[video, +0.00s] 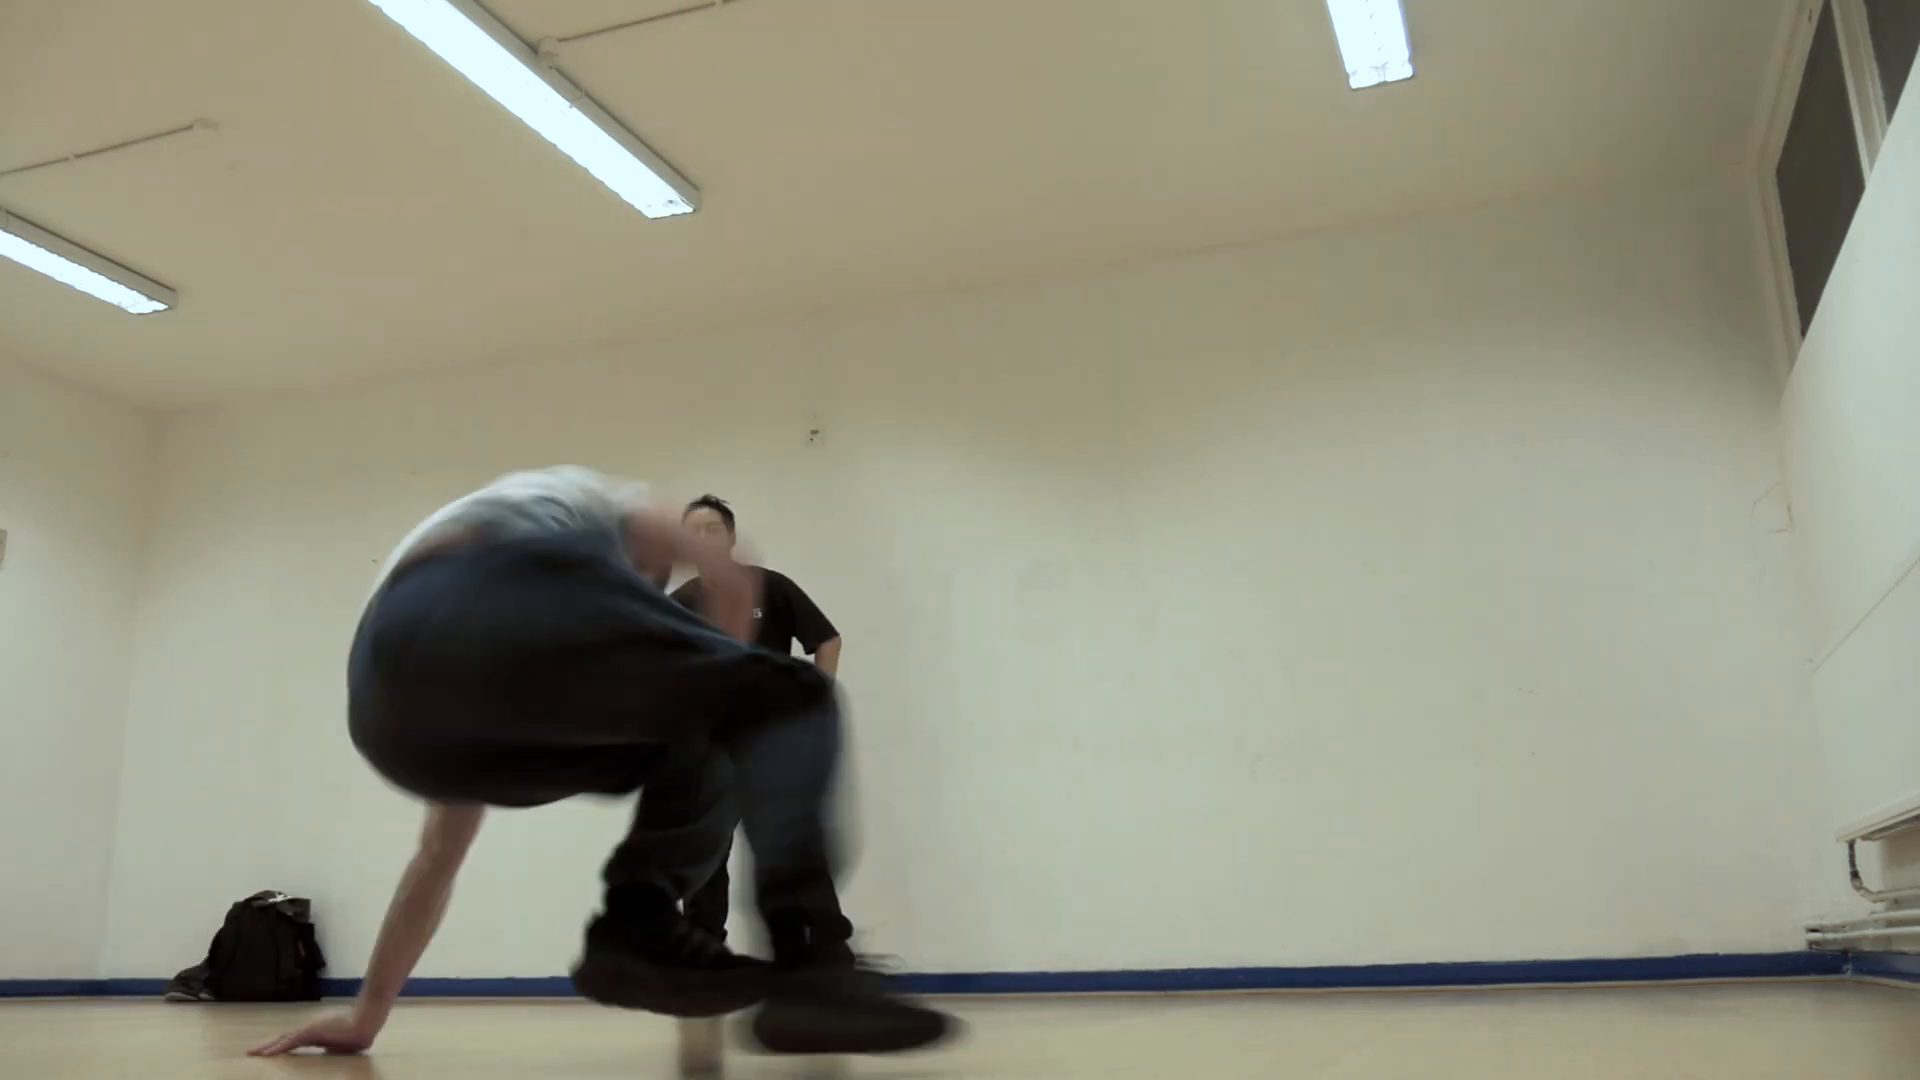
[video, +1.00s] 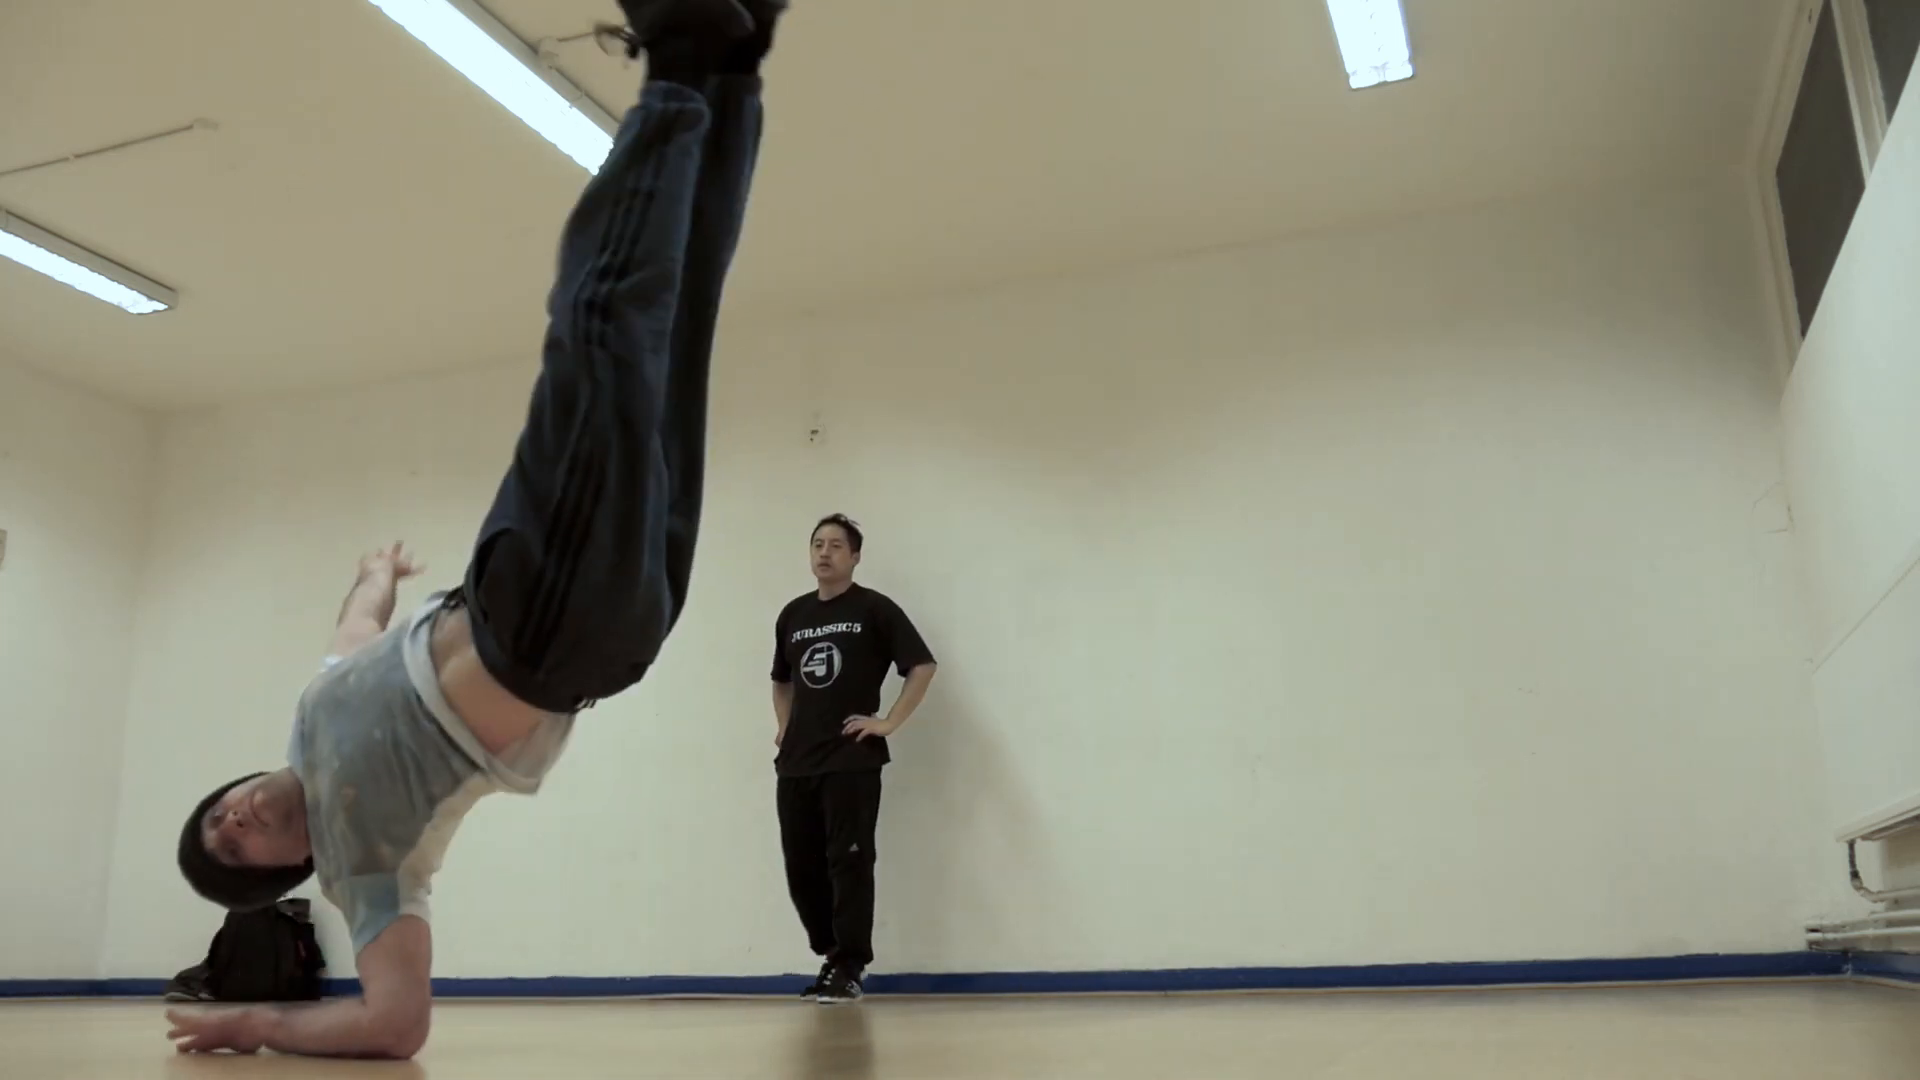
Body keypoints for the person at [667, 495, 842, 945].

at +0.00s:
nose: (703, 539)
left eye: (712, 528)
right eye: (694, 530)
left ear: (731, 536)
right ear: (683, 540)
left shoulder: (770, 588)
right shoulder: (678, 604)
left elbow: (826, 640)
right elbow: (657, 666)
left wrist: (813, 708)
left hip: (770, 735)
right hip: (704, 742)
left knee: (783, 843)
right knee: (703, 847)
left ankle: (800, 942)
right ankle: (701, 944)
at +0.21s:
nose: (741, 545)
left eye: (751, 536)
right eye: (733, 538)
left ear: (770, 545)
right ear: (724, 549)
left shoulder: (806, 596)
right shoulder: (712, 613)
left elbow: (862, 650)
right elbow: (697, 672)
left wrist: (842, 722)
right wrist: (718, 730)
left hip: (804, 747)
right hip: (741, 752)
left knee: (821, 850)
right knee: (735, 854)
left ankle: (842, 962)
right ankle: (723, 973)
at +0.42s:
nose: (781, 551)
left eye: (791, 543)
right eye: (773, 544)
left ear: (811, 552)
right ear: (764, 554)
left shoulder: (845, 604)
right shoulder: (752, 618)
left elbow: (898, 657)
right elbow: (736, 688)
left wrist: (881, 727)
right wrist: (738, 737)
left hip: (839, 752)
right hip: (769, 757)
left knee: (841, 855)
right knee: (741, 856)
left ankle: (844, 967)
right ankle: (720, 963)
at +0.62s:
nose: (819, 565)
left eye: (828, 557)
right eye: (812, 556)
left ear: (846, 563)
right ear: (804, 560)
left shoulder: (870, 608)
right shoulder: (778, 610)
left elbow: (918, 663)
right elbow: (759, 671)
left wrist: (892, 721)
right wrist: (767, 724)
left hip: (848, 756)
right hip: (786, 756)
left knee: (848, 863)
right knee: (756, 856)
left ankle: (845, 973)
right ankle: (758, 968)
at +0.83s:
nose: (824, 549)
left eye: (835, 543)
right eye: (818, 542)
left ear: (854, 554)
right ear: (808, 552)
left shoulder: (879, 607)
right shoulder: (788, 612)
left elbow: (923, 666)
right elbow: (772, 673)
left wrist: (894, 722)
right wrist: (778, 722)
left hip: (853, 756)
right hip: (794, 756)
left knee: (852, 860)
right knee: (780, 858)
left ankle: (848, 971)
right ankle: (811, 961)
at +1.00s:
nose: (824, 552)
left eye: (835, 546)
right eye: (818, 545)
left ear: (855, 555)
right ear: (810, 554)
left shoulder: (877, 609)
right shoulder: (792, 616)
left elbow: (923, 667)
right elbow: (783, 678)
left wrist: (890, 722)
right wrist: (784, 724)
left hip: (852, 755)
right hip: (798, 757)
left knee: (849, 858)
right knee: (803, 864)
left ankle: (850, 968)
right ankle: (834, 962)